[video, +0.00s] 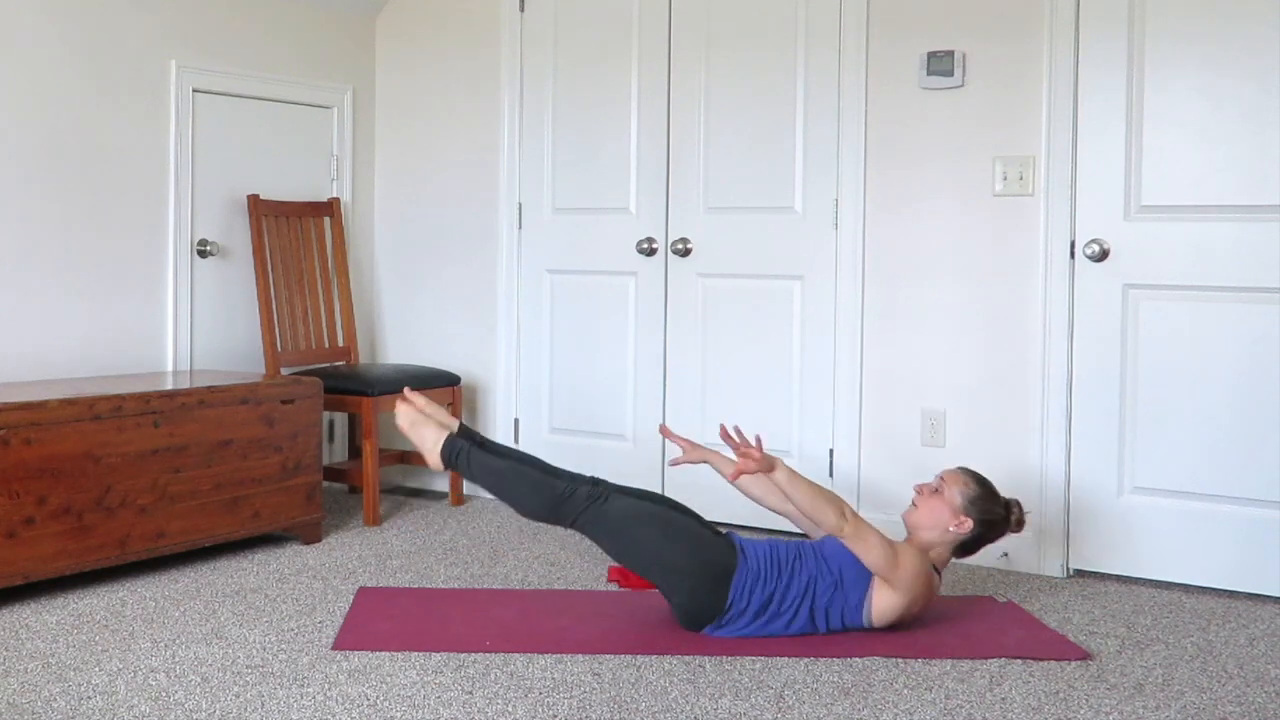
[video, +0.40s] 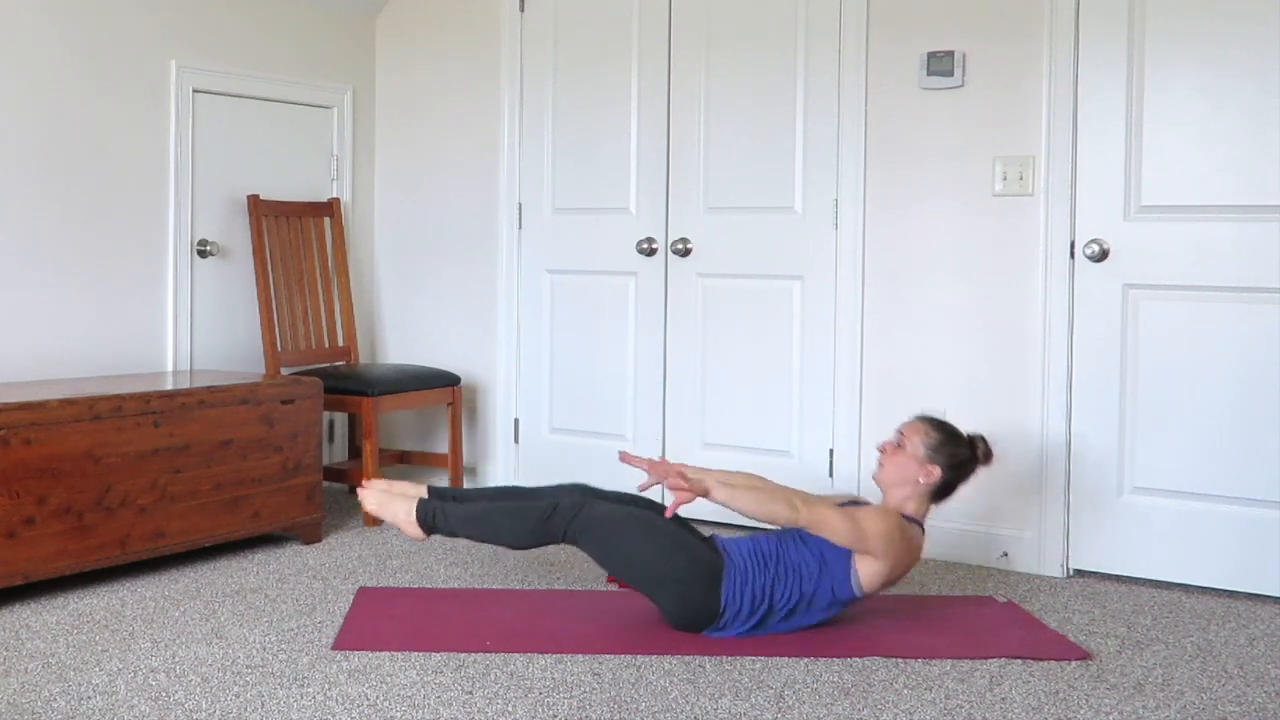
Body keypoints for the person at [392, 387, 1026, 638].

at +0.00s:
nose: (918, 495)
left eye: (934, 496)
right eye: (928, 487)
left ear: (957, 527)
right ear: (938, 513)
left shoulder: (910, 576)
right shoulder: (896, 557)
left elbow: (841, 519)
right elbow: (821, 521)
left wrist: (774, 470)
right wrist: (725, 468)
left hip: (720, 584)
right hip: (724, 558)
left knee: (584, 501)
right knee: (586, 493)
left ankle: (448, 439)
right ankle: (449, 448)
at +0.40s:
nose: (884, 451)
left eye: (900, 448)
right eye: (893, 442)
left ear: (927, 476)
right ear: (916, 471)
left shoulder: (891, 531)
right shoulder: (875, 515)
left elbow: (792, 510)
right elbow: (783, 505)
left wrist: (699, 478)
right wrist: (692, 481)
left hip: (713, 588)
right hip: (711, 568)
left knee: (570, 509)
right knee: (571, 498)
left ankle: (423, 512)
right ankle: (425, 503)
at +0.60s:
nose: (829, 394)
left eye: (843, 389)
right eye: (837, 383)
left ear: (874, 415)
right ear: (863, 410)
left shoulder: (855, 484)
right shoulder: (826, 461)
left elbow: (753, 485)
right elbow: (738, 467)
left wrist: (655, 482)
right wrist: (649, 474)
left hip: (712, 597)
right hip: (707, 572)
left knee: (601, 457)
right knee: (605, 453)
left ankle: (459, 494)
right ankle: (461, 481)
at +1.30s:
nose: (893, 454)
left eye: (910, 453)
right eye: (903, 445)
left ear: (933, 484)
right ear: (920, 477)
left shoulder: (886, 540)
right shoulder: (876, 518)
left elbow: (795, 509)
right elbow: (789, 500)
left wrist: (705, 467)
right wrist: (704, 471)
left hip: (712, 590)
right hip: (715, 567)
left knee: (583, 490)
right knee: (584, 486)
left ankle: (427, 480)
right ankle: (443, 465)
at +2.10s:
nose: (855, 412)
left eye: (870, 408)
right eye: (863, 402)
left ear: (901, 433)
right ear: (884, 425)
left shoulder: (876, 497)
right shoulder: (843, 474)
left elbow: (778, 511)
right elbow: (749, 479)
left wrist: (677, 513)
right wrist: (662, 478)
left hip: (718, 595)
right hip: (716, 567)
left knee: (603, 467)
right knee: (602, 465)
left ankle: (456, 488)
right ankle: (461, 484)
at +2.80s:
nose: (905, 468)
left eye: (922, 467)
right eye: (914, 459)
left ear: (947, 499)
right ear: (925, 484)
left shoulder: (898, 553)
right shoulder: (880, 520)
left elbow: (803, 520)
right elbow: (792, 502)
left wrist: (718, 488)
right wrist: (704, 477)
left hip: (719, 589)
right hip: (724, 561)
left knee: (595, 480)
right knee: (599, 479)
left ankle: (444, 489)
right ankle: (455, 486)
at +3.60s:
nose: (844, 409)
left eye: (859, 402)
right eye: (851, 398)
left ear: (893, 424)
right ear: (880, 419)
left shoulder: (872, 489)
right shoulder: (849, 470)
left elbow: (767, 491)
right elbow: (759, 482)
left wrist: (670, 493)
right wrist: (667, 489)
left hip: (718, 597)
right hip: (717, 573)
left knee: (603, 467)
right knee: (605, 463)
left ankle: (463, 519)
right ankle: (469, 515)